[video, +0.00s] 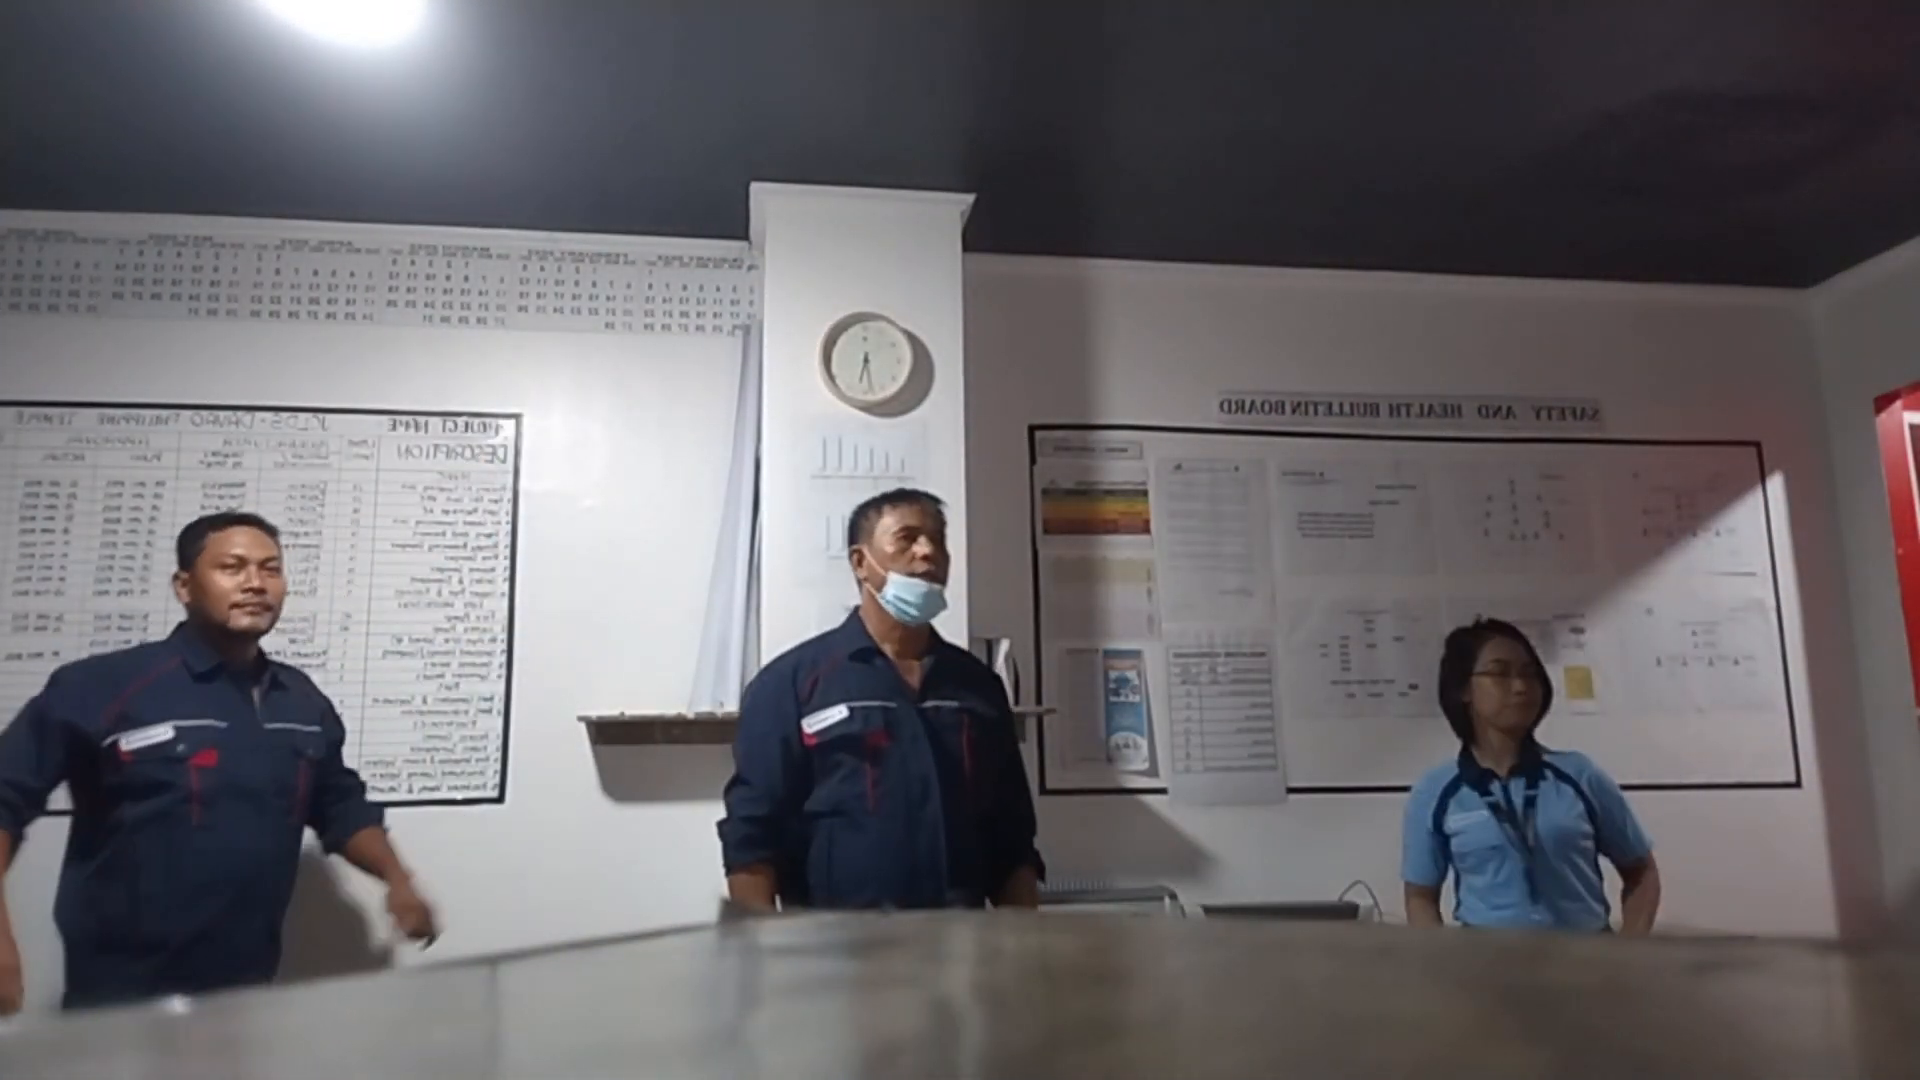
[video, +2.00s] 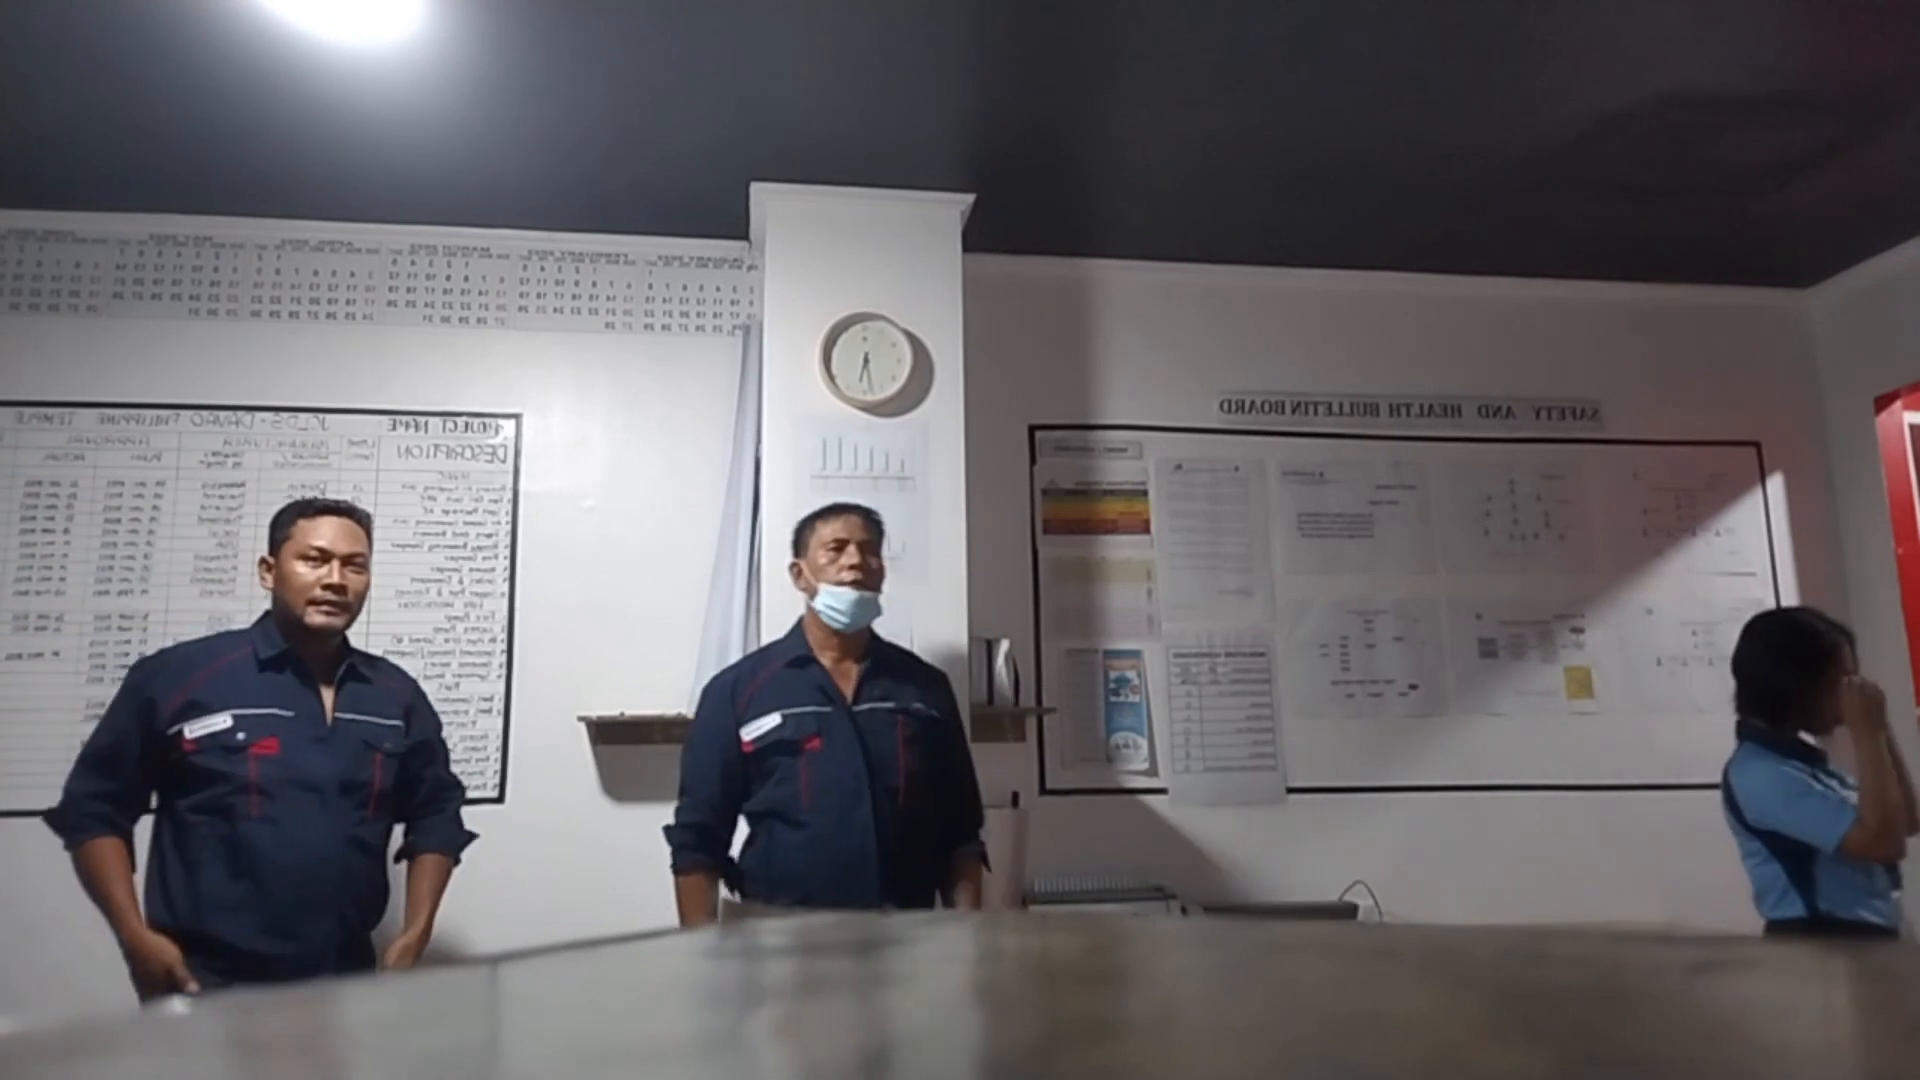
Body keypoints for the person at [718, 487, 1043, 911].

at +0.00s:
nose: (928, 551)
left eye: (937, 539)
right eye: (906, 538)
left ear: (949, 557)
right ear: (861, 563)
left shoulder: (980, 686)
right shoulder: (787, 687)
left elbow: (1013, 848)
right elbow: (749, 847)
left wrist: (1027, 959)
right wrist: (767, 967)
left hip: (963, 951)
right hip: (837, 956)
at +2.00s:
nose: (856, 561)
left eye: (869, 550)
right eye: (835, 550)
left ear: (882, 572)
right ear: (801, 575)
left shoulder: (927, 688)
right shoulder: (736, 694)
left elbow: (961, 836)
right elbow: (696, 843)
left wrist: (967, 947)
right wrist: (704, 966)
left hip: (908, 943)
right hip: (782, 944)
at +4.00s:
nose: (930, 566)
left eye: (948, 559)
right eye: (914, 554)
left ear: (966, 589)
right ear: (883, 579)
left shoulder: (992, 696)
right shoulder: (805, 682)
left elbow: (1018, 829)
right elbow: (752, 821)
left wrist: (945, 722)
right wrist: (749, 940)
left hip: (952, 943)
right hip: (827, 941)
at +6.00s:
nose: (992, 572)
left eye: (1009, 563)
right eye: (975, 556)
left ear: (1025, 588)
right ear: (940, 576)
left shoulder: (1055, 705)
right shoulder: (863, 690)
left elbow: (1079, 860)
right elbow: (814, 829)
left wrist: (1079, 962)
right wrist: (812, 952)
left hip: (1021, 955)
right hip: (893, 953)